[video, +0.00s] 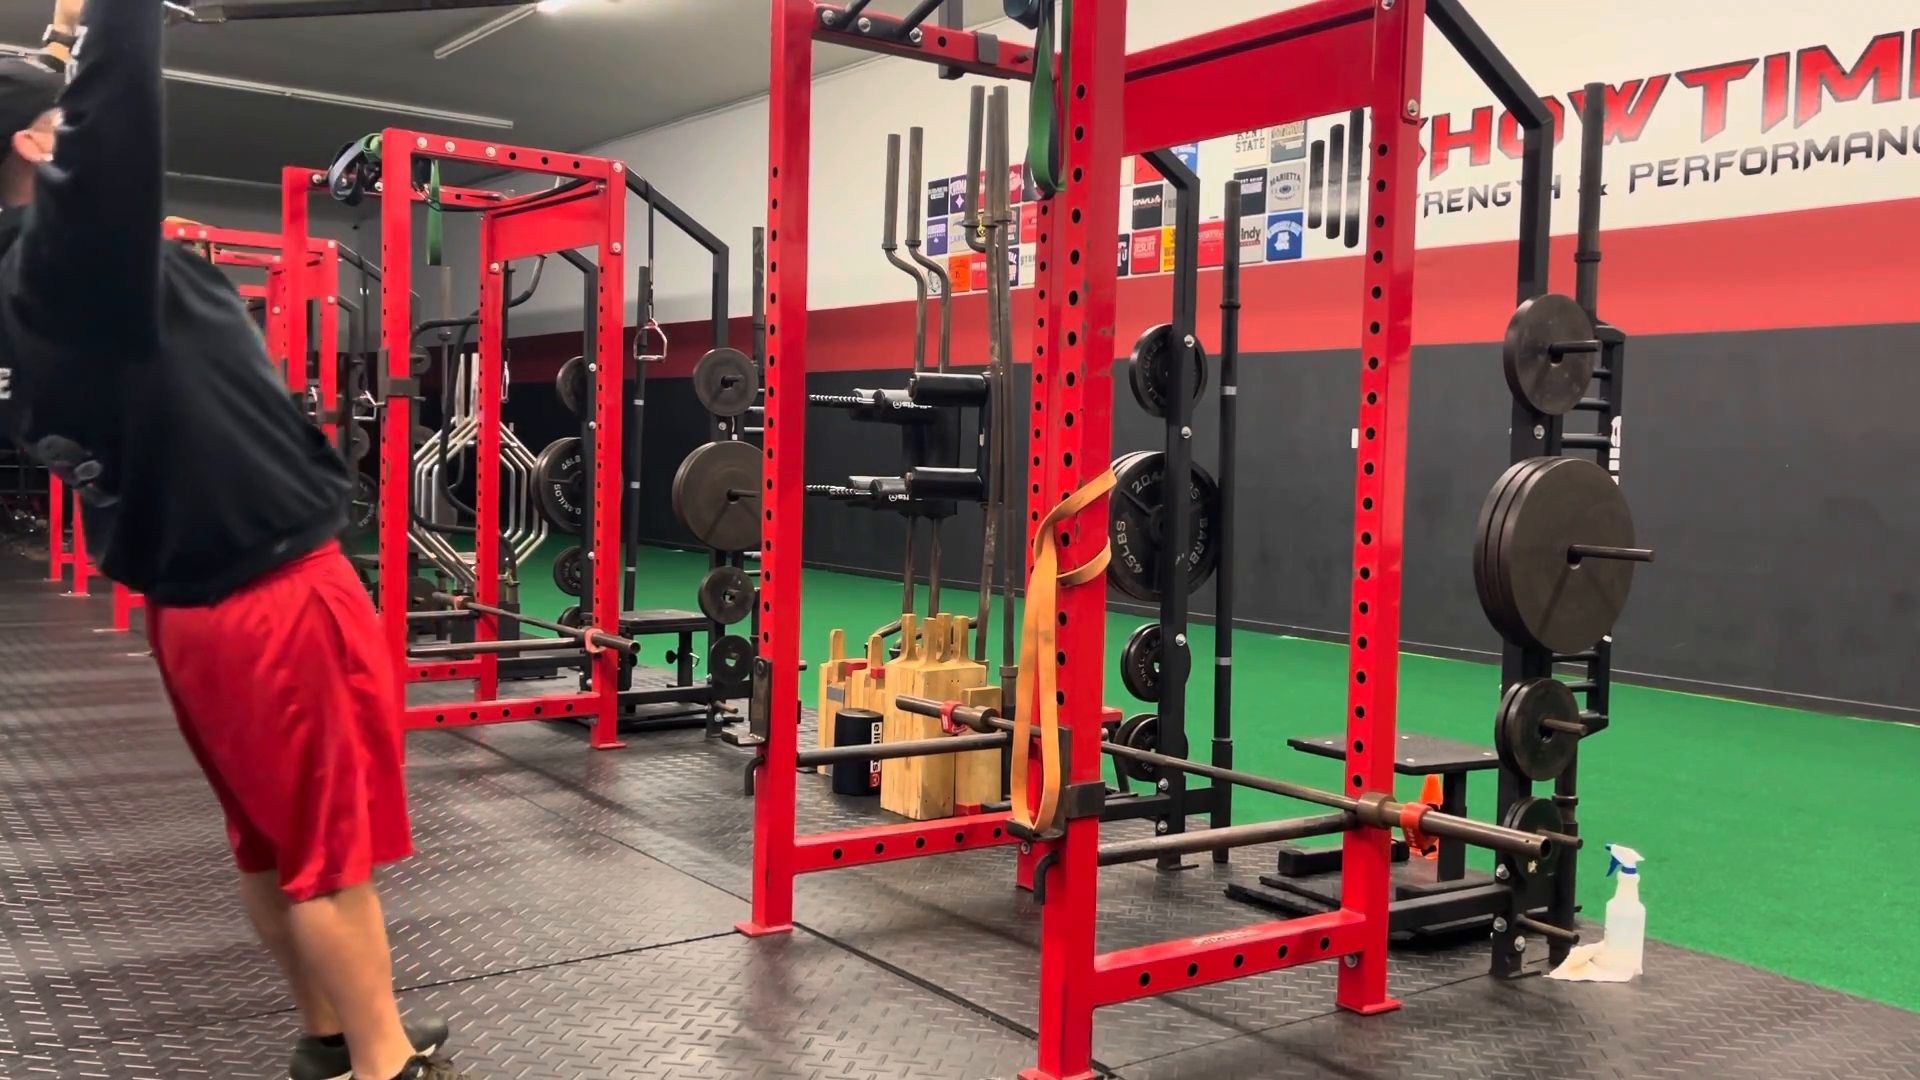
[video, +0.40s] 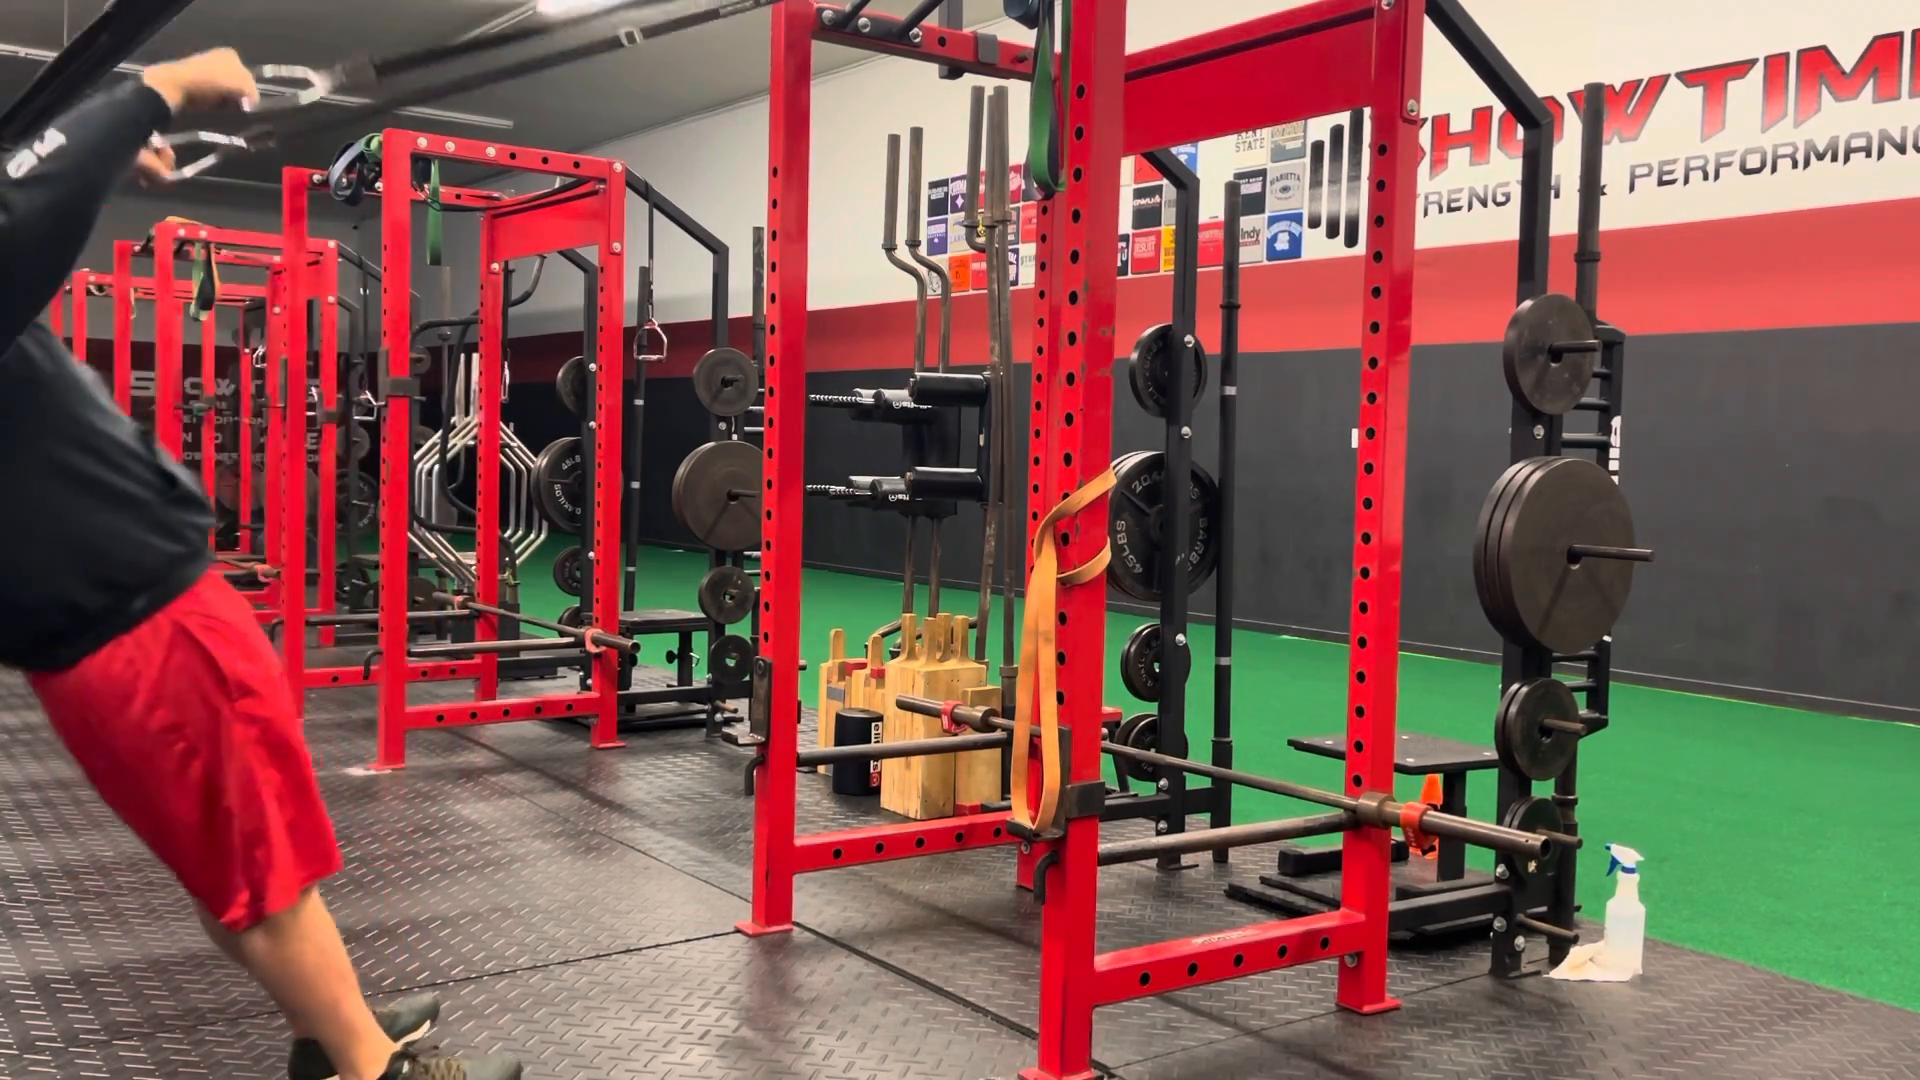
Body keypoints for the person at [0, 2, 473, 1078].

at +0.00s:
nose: (79, 132)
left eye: (74, 117)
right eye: (59, 121)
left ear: (29, 147)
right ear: (31, 148)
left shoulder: (37, 277)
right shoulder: (76, 263)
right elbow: (121, 88)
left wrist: (75, 35)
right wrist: (101, 7)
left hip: (201, 611)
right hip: (269, 606)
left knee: (275, 845)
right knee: (333, 858)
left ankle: (329, 1033)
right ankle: (386, 1061)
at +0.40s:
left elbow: (21, 225)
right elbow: (34, 205)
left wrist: (100, 159)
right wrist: (155, 87)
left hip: (89, 617)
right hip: (131, 610)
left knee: (238, 855)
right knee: (263, 866)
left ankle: (342, 1036)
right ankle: (370, 1064)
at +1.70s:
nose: (118, 125)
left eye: (100, 104)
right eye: (95, 111)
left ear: (48, 151)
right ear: (69, 134)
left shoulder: (44, 284)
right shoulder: (127, 238)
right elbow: (152, 85)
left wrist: (104, 36)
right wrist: (122, 14)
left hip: (217, 612)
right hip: (308, 599)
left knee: (284, 851)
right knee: (349, 866)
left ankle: (328, 1027)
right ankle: (388, 1061)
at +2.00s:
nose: (248, 122)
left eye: (221, 99)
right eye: (226, 99)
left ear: (149, 137)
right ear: (216, 119)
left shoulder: (146, 239)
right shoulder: (244, 220)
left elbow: (105, 130)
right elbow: (230, 62)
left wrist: (83, 18)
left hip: (263, 591)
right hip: (355, 591)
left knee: (300, 836)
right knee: (371, 855)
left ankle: (331, 1027)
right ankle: (392, 1056)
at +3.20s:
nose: (135, 125)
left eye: (123, 104)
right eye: (115, 111)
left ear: (36, 154)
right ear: (84, 131)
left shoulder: (59, 268)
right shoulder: (119, 239)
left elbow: (54, 170)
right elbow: (147, 89)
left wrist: (85, 44)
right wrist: (124, 7)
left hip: (216, 602)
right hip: (284, 595)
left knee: (290, 849)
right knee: (344, 863)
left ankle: (329, 1033)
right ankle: (392, 1060)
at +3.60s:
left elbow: (19, 175)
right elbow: (37, 156)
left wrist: (93, 142)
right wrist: (153, 36)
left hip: (95, 607)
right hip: (133, 607)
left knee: (239, 846)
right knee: (266, 864)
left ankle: (335, 1027)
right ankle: (371, 1063)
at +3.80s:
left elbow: (22, 296)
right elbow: (23, 293)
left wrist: (143, 248)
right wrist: (199, 193)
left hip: (58, 633)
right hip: (61, 634)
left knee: (202, 853)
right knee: (220, 884)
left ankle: (323, 1032)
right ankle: (361, 1065)